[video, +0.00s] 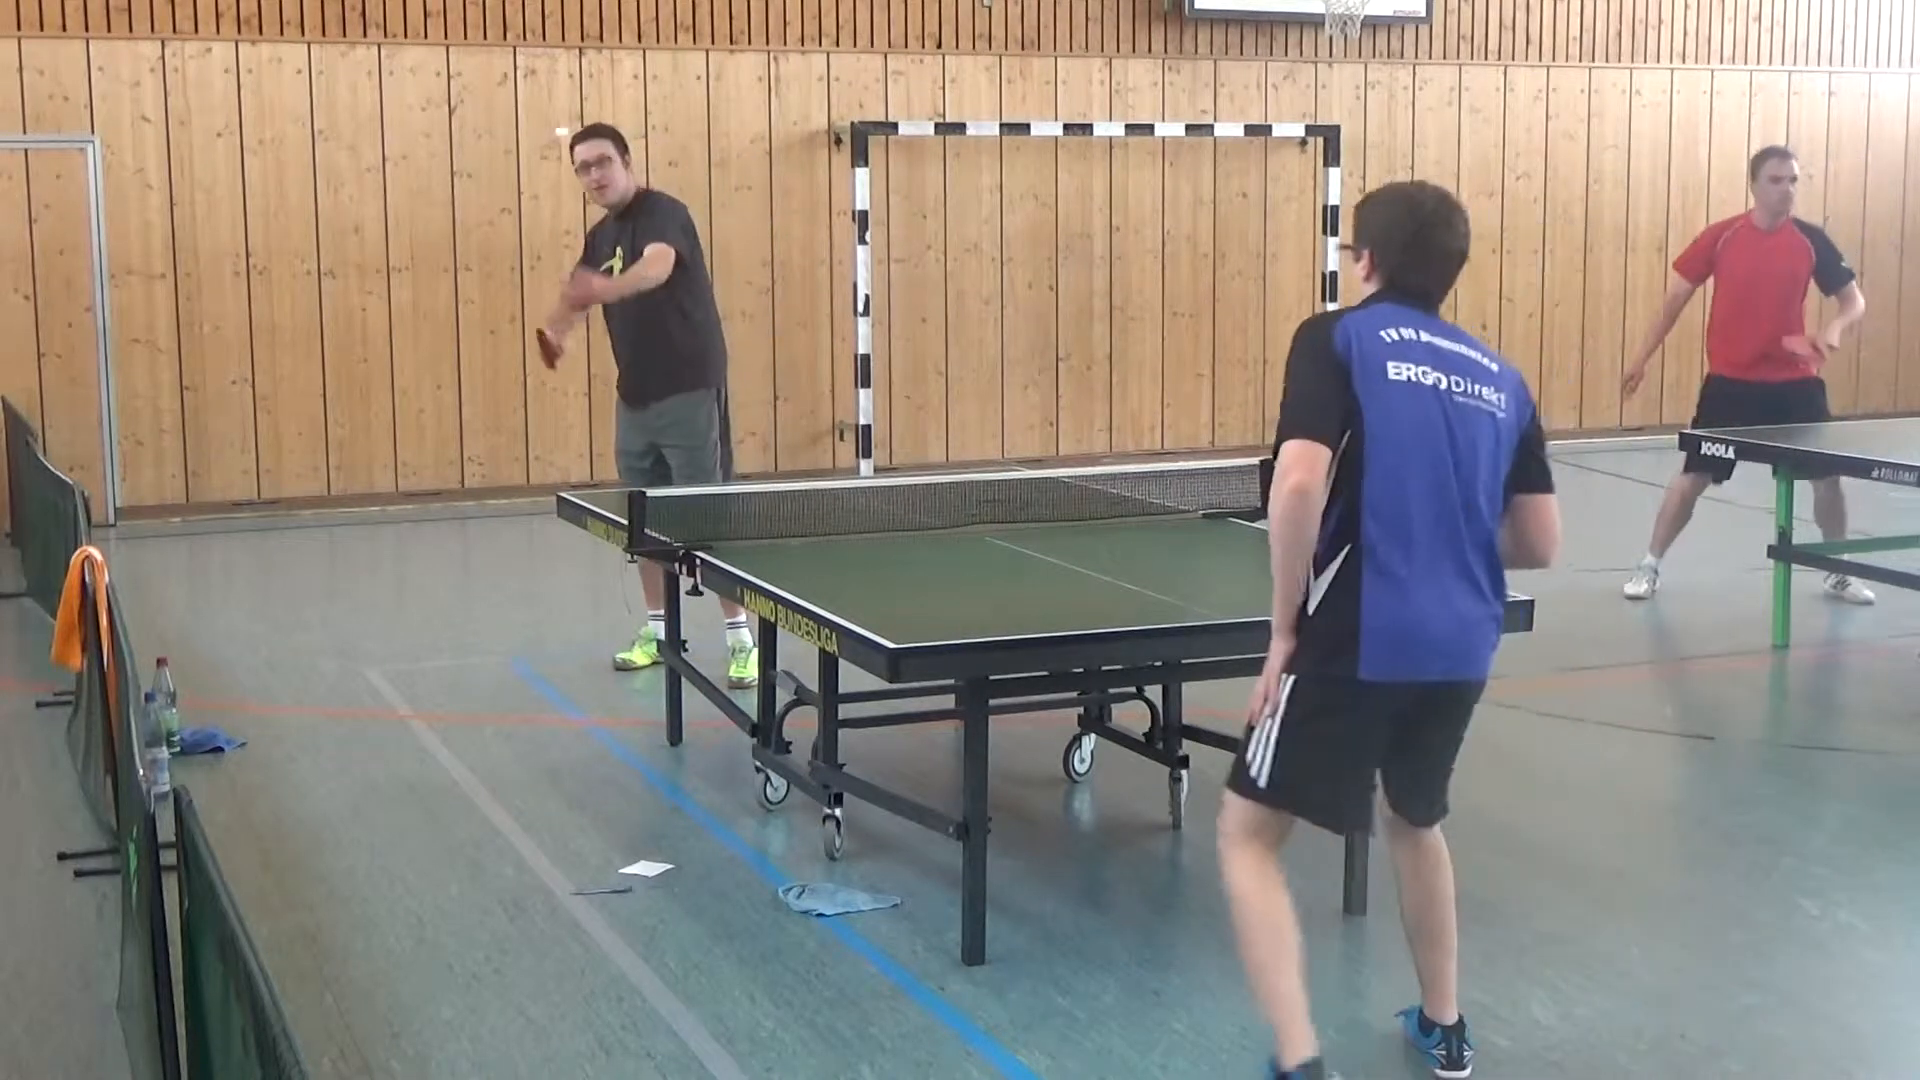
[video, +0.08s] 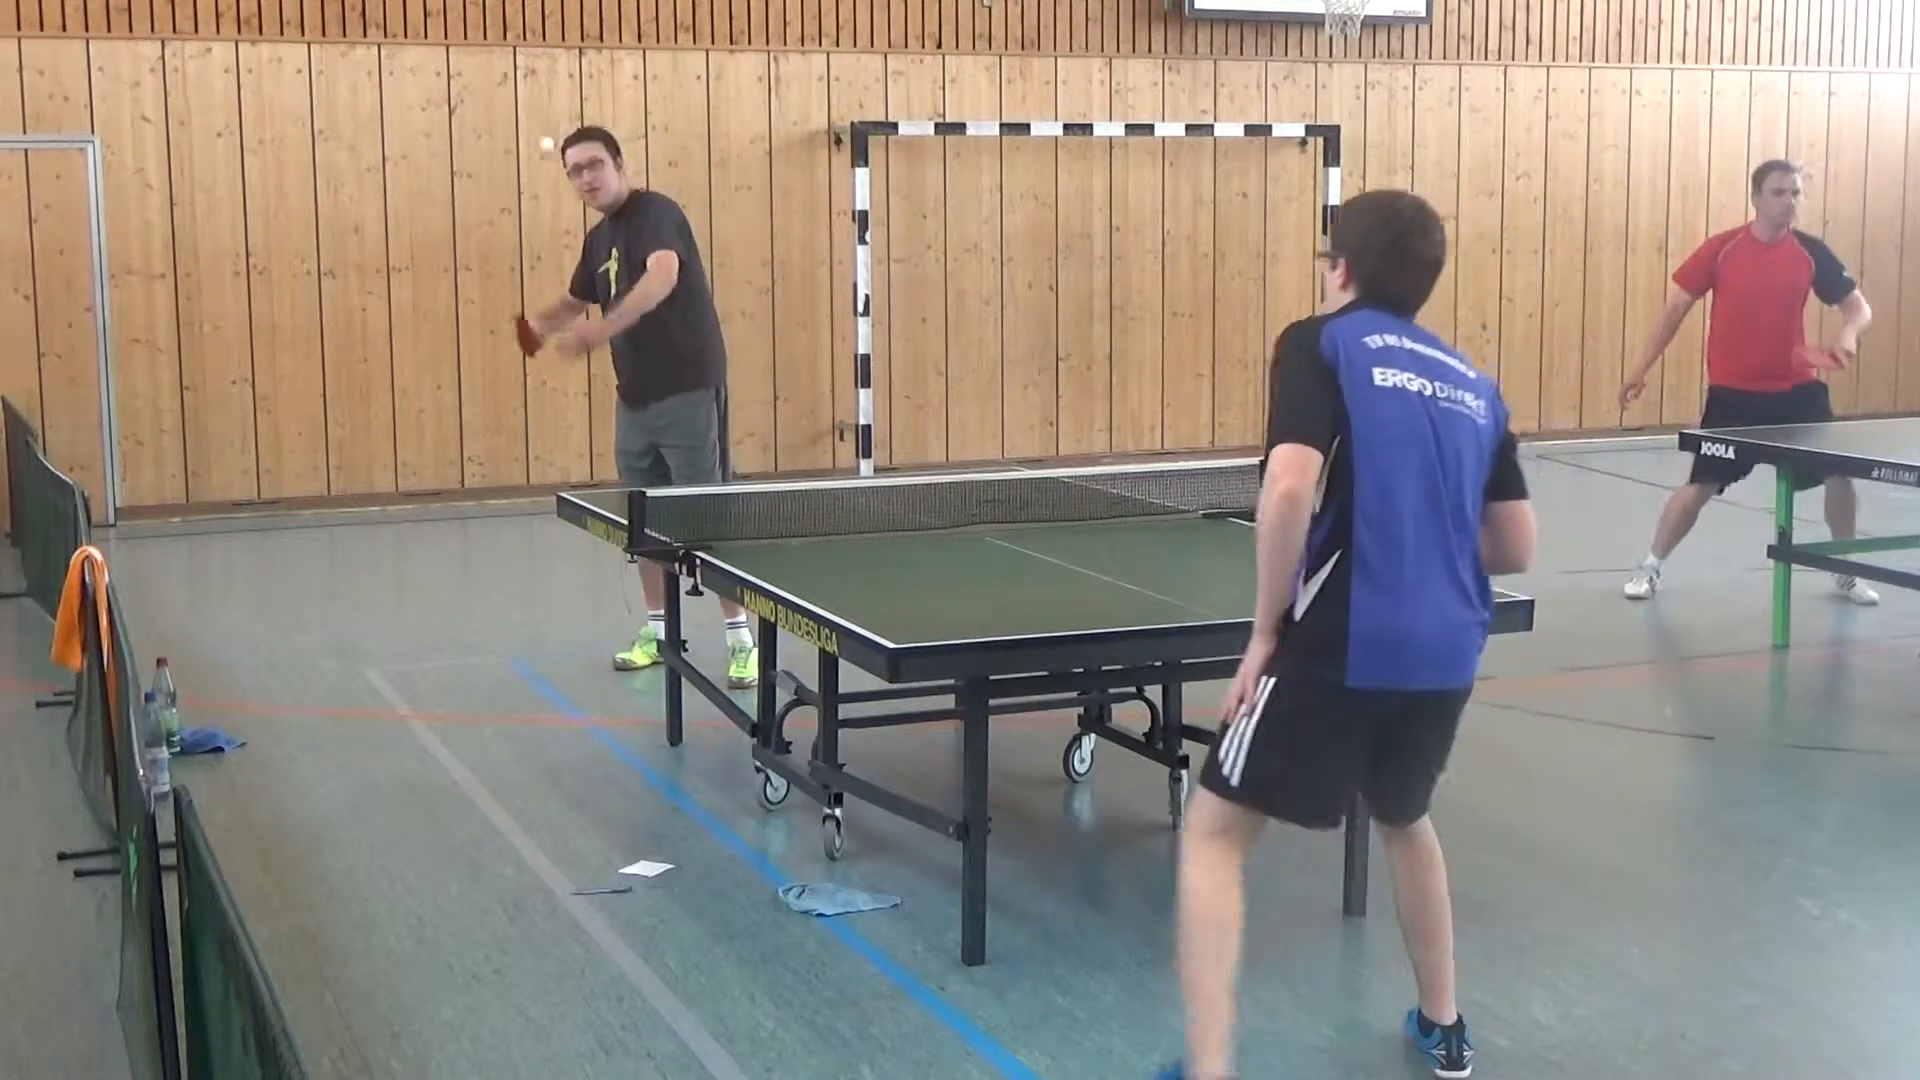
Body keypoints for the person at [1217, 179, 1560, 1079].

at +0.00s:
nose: (1346, 267)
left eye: (1352, 254)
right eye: (1352, 252)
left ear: (1371, 265)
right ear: (1449, 275)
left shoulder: (1334, 338)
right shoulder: (1503, 378)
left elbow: (1301, 482)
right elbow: (1538, 542)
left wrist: (1283, 626)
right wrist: (1446, 526)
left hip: (1353, 643)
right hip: (1461, 651)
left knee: (1248, 834)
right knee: (1417, 818)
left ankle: (1297, 1058)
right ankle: (1444, 1024)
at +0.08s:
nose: (1322, 275)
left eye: (1328, 261)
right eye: (1326, 260)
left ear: (1348, 272)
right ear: (1424, 281)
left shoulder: (1318, 344)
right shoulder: (1474, 381)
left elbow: (1290, 486)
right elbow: (1515, 546)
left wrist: (1266, 628)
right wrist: (1417, 541)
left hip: (1340, 650)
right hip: (1446, 657)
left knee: (1215, 831)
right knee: (1406, 818)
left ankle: (1207, 1065)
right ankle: (1444, 1027)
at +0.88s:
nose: (1212, 352)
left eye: (1214, 340)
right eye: (1213, 340)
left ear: (1232, 344)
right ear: (1317, 347)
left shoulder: (1199, 408)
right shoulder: (1380, 424)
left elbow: (1122, 567)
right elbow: (1431, 576)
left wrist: (1180, 561)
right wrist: (1349, 595)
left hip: (1236, 702)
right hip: (1365, 705)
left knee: (1114, 864)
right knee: (1409, 825)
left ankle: (1059, 1069)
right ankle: (1495, 1016)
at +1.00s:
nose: (1247, 366)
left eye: (1248, 352)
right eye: (1248, 352)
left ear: (1270, 351)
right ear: (1345, 342)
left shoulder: (1264, 411)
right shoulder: (1420, 413)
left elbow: (1185, 560)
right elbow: (1428, 543)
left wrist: (1235, 504)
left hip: (1306, 692)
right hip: (1420, 694)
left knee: (1166, 859)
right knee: (1417, 823)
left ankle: (1076, 1068)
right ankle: (1493, 1016)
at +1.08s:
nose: (1277, 376)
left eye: (1276, 359)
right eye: (1273, 360)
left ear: (1301, 354)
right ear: (1367, 337)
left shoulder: (1312, 405)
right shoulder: (1440, 403)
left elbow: (1238, 550)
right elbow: (1414, 528)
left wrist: (1298, 494)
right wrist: (1310, 500)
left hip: (1342, 689)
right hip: (1444, 689)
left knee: (1203, 868)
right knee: (1416, 829)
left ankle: (1091, 1070)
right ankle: (1491, 1017)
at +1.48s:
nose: (1331, 338)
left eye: (1332, 322)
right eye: (1329, 322)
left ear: (1358, 324)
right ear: (1427, 318)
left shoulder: (1376, 397)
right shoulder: (1488, 401)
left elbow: (1310, 558)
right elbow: (1516, 544)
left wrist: (1352, 557)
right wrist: (1384, 549)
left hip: (1408, 691)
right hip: (1492, 689)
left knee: (1288, 896)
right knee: (1423, 845)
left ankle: (1322, 1070)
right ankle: (1502, 1017)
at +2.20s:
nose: (1220, 350)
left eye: (1225, 330)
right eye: (1220, 331)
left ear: (1263, 332)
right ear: (1296, 325)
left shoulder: (1313, 411)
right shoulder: (1361, 401)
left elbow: (1275, 598)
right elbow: (1165, 517)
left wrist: (1246, 496)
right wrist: (999, 540)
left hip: (1355, 738)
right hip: (1451, 726)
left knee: (1173, 914)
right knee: (1450, 892)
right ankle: (1552, 1069)